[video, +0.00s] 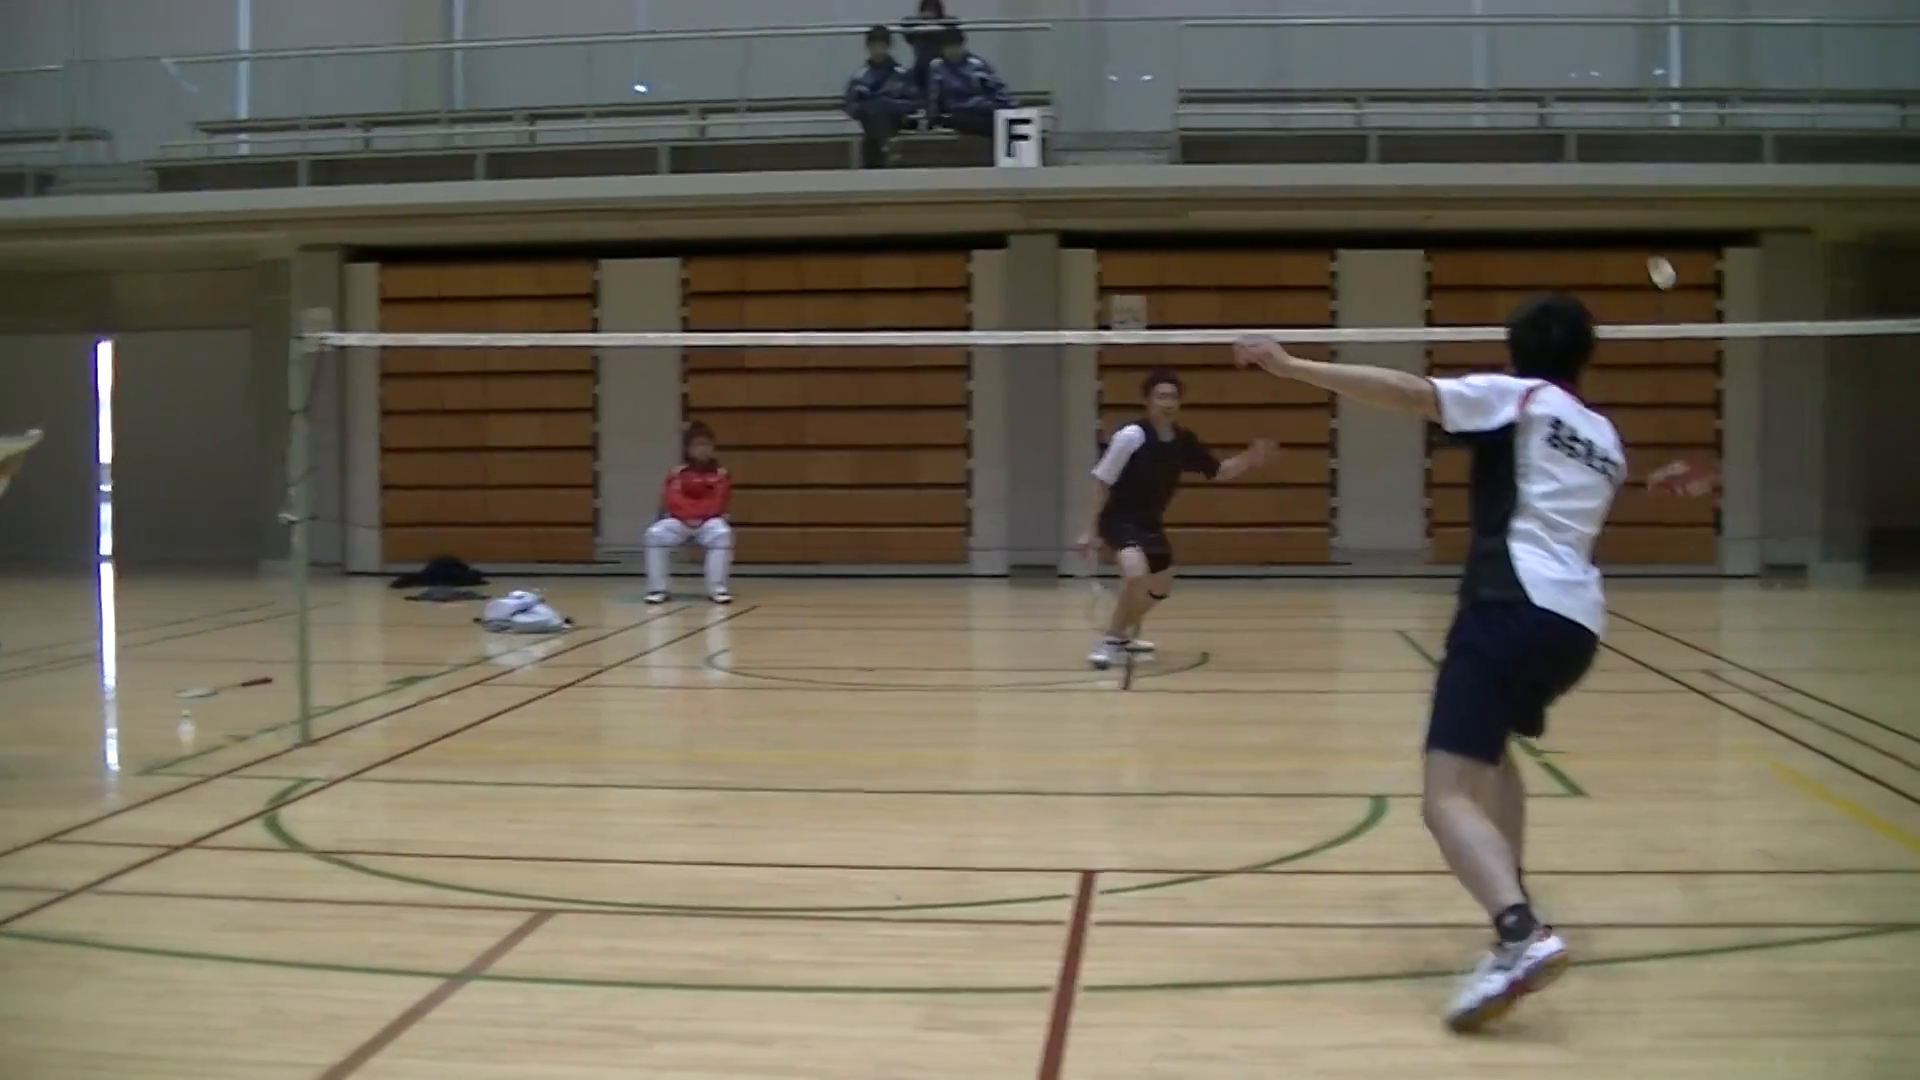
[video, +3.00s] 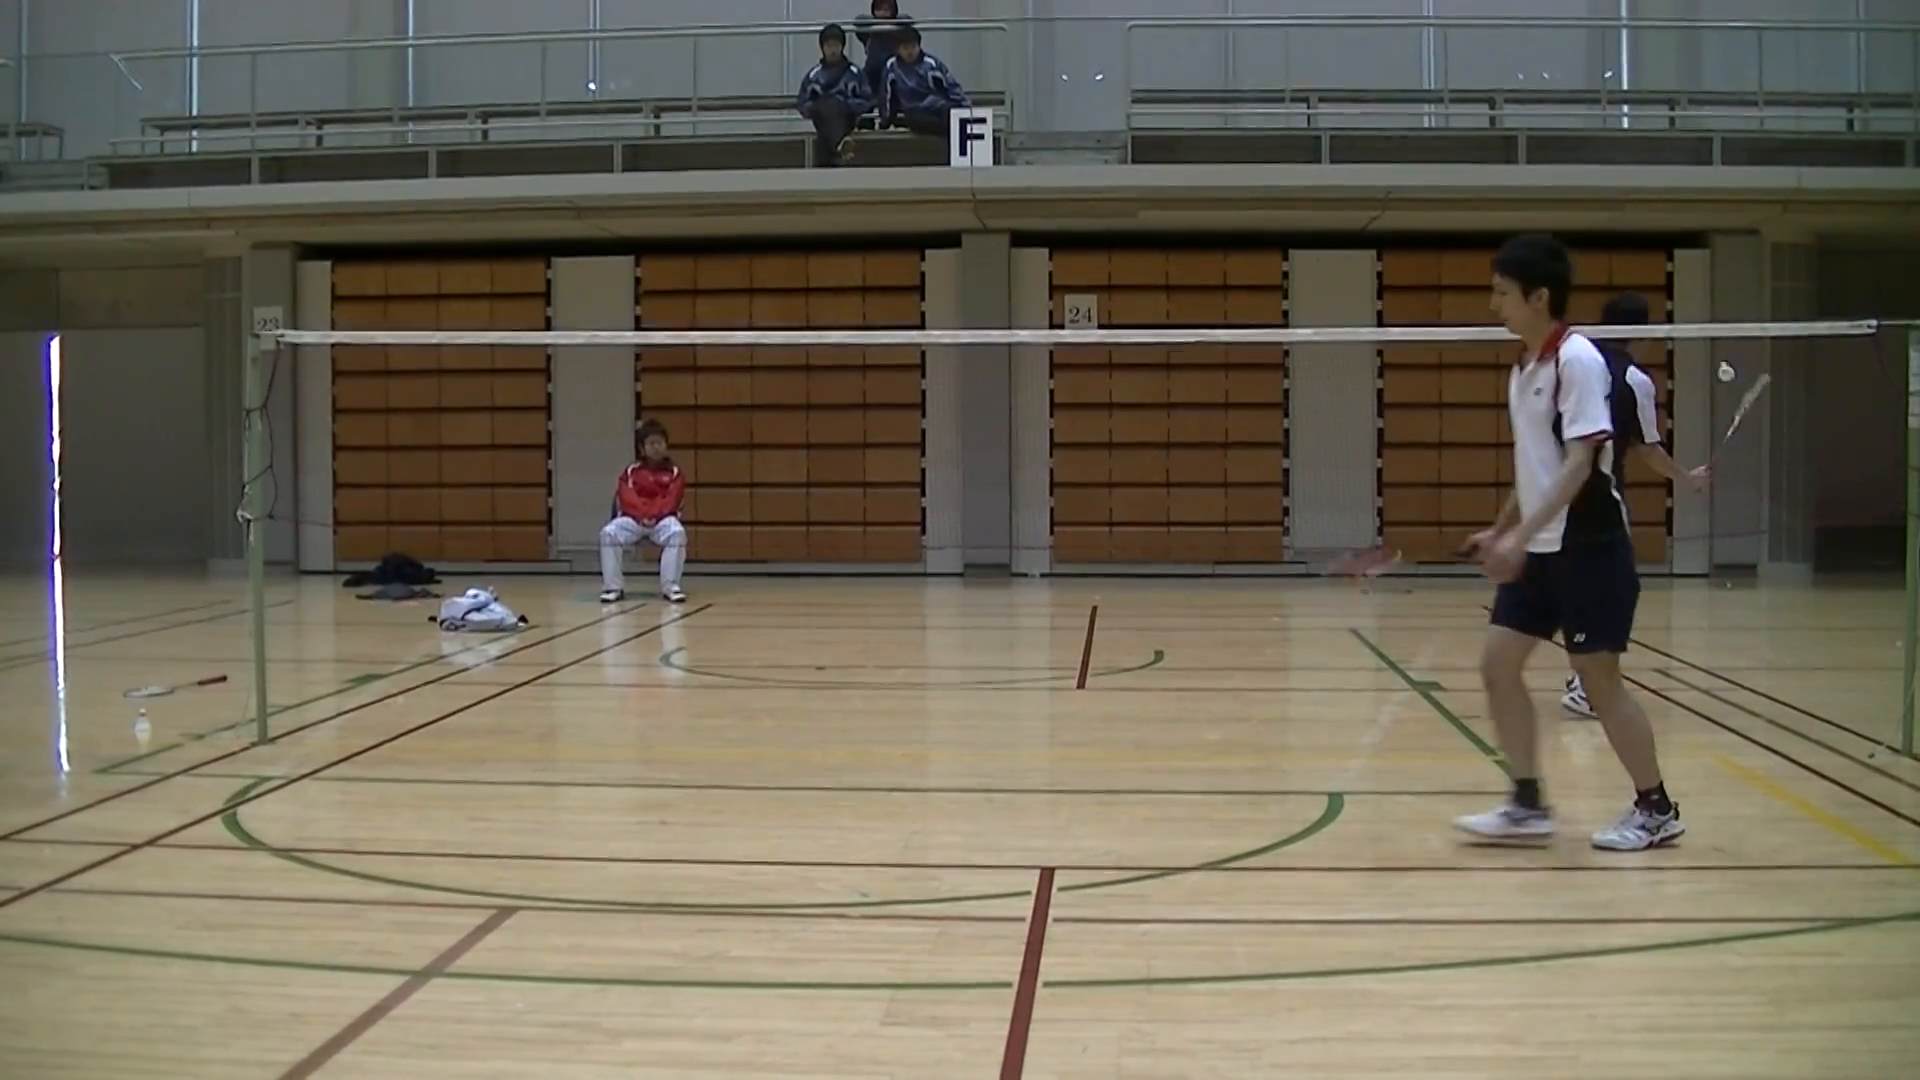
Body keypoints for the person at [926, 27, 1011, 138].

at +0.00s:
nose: (954, 52)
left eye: (957, 47)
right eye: (949, 48)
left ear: (962, 47)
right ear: (943, 49)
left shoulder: (976, 63)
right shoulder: (937, 67)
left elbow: (996, 84)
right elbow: (934, 95)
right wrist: (933, 118)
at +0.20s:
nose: (943, 52)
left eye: (945, 46)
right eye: (938, 47)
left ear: (953, 46)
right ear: (932, 49)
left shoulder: (968, 63)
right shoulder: (927, 66)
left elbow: (986, 85)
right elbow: (923, 93)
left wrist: (999, 104)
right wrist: (922, 118)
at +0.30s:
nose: (928, 52)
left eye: (931, 47)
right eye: (923, 48)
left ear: (937, 46)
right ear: (915, 49)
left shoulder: (949, 63)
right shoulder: (910, 67)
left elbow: (969, 85)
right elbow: (906, 94)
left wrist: (983, 105)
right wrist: (905, 118)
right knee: (952, 101)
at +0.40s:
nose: (913, 53)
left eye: (916, 47)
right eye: (908, 48)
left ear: (923, 47)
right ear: (902, 50)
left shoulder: (935, 63)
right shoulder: (897, 66)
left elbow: (955, 85)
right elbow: (893, 95)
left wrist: (969, 104)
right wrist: (891, 119)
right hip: (916, 114)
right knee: (938, 101)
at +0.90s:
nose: (905, 54)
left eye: (908, 49)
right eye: (900, 50)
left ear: (915, 49)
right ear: (894, 52)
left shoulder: (929, 67)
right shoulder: (888, 70)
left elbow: (948, 89)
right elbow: (884, 98)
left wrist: (961, 108)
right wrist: (883, 123)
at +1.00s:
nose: (906, 54)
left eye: (909, 49)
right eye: (901, 50)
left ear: (916, 49)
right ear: (895, 52)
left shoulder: (930, 66)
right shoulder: (888, 70)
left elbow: (948, 89)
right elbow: (884, 99)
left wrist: (961, 108)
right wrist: (884, 123)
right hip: (910, 115)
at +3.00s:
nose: (910, 52)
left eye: (913, 47)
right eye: (905, 48)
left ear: (919, 47)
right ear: (898, 50)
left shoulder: (932, 63)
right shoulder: (892, 67)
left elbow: (951, 86)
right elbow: (886, 95)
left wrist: (965, 106)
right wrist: (886, 120)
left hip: (940, 107)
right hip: (913, 112)